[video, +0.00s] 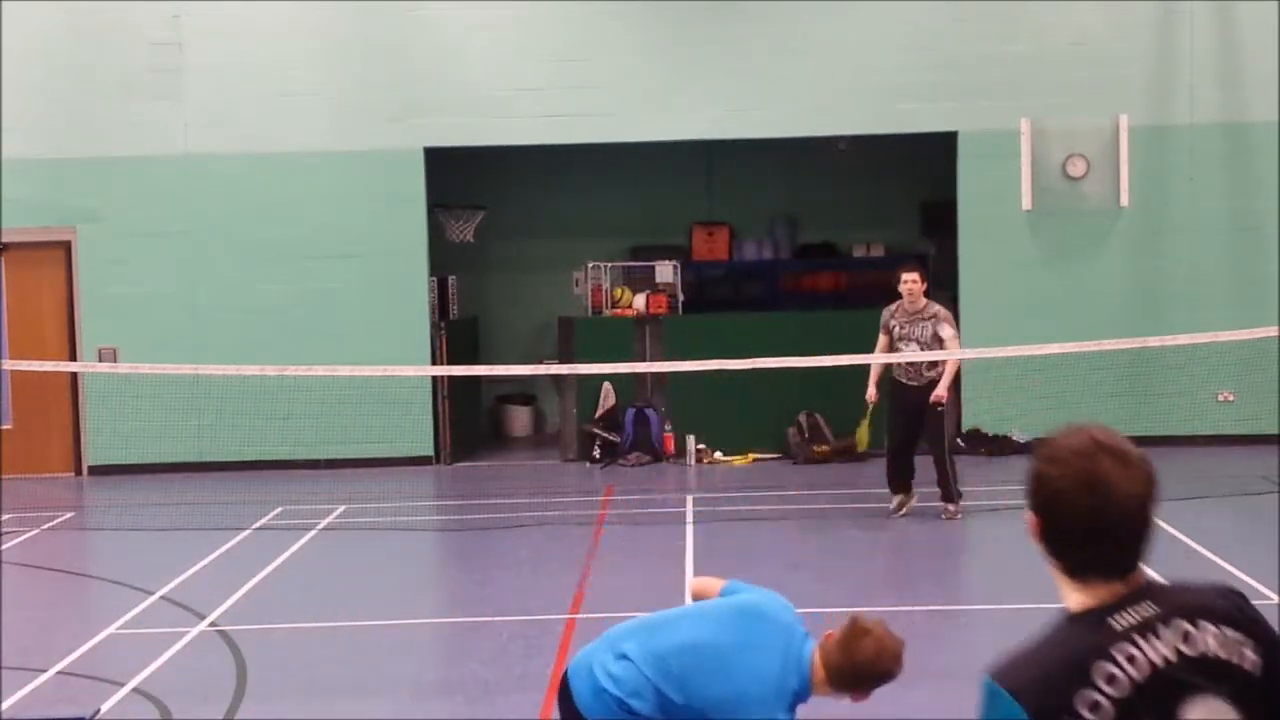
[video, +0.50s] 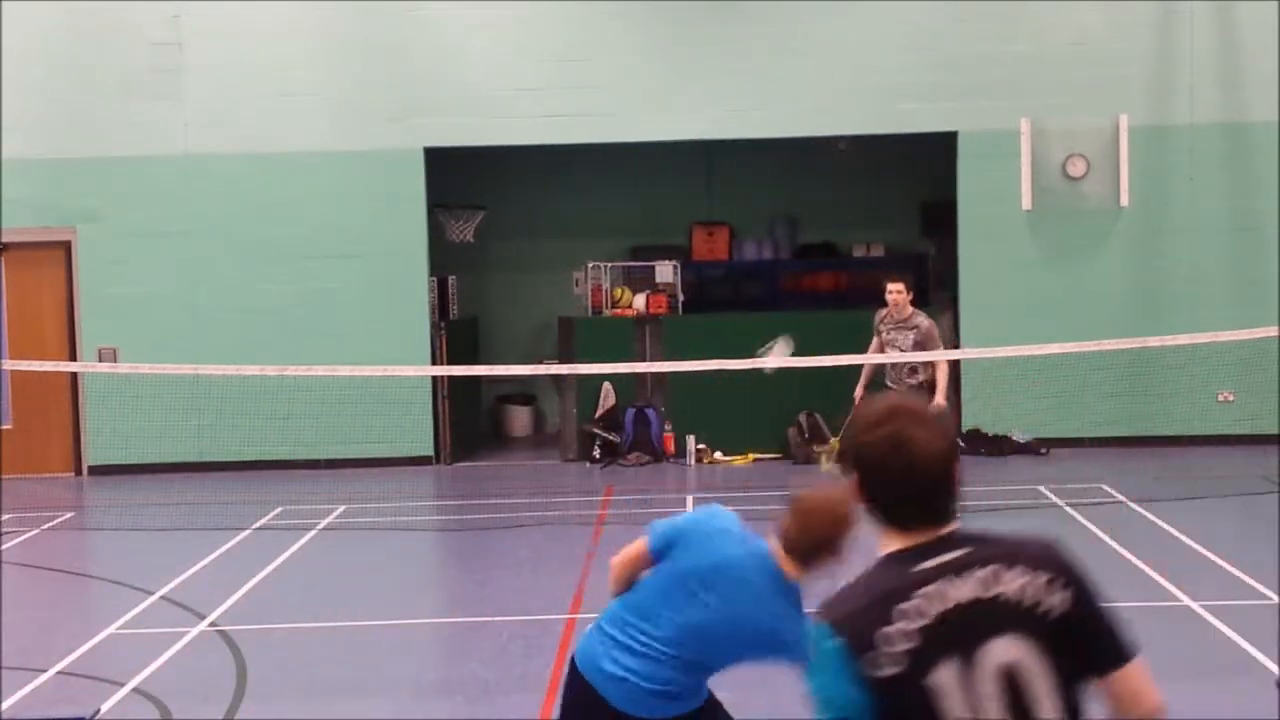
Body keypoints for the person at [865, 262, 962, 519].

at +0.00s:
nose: (909, 287)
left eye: (913, 282)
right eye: (904, 283)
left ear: (923, 285)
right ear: (898, 287)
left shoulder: (940, 315)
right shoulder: (890, 314)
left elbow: (954, 354)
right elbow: (880, 351)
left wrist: (943, 386)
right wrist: (872, 384)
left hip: (935, 386)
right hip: (902, 386)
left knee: (941, 444)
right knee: (897, 442)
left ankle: (950, 500)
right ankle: (902, 491)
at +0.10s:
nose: (906, 285)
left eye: (910, 280)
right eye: (901, 280)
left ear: (920, 284)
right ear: (895, 285)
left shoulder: (938, 314)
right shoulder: (886, 313)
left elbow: (952, 353)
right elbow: (876, 350)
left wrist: (946, 388)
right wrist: (870, 380)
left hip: (931, 387)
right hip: (898, 387)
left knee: (938, 446)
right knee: (898, 446)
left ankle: (950, 500)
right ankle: (898, 502)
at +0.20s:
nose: (902, 284)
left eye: (906, 279)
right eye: (897, 280)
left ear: (915, 284)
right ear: (890, 286)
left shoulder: (933, 315)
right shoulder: (879, 316)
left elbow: (946, 355)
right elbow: (870, 352)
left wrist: (948, 393)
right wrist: (867, 382)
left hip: (928, 390)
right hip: (893, 390)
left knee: (936, 448)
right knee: (895, 450)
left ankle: (948, 499)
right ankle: (895, 508)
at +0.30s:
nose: (898, 281)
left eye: (902, 276)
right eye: (893, 277)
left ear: (912, 281)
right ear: (887, 284)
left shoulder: (929, 313)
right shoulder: (875, 316)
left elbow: (941, 354)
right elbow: (864, 354)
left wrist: (947, 392)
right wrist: (865, 383)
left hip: (924, 389)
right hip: (890, 390)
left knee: (933, 447)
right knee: (891, 449)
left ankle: (943, 494)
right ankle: (895, 508)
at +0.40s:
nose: (886, 297)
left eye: (891, 292)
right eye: (883, 292)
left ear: (902, 295)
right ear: (878, 295)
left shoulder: (917, 323)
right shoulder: (875, 315)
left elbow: (932, 360)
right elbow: (873, 346)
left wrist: (927, 394)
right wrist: (866, 380)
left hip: (909, 384)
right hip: (886, 384)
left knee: (902, 433)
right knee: (891, 433)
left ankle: (918, 487)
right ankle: (908, 487)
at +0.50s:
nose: (894, 298)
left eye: (899, 293)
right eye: (890, 293)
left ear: (909, 296)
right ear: (885, 296)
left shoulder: (924, 325)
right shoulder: (882, 317)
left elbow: (940, 361)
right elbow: (875, 349)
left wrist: (940, 396)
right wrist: (861, 385)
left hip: (918, 392)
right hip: (890, 391)